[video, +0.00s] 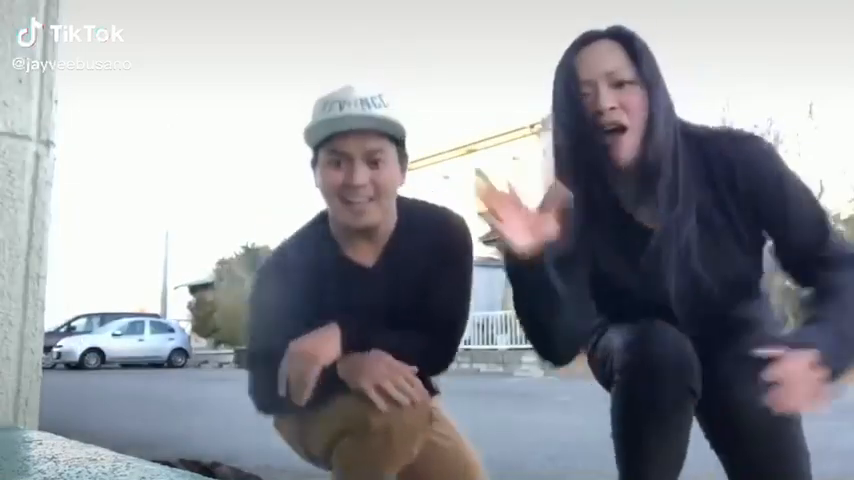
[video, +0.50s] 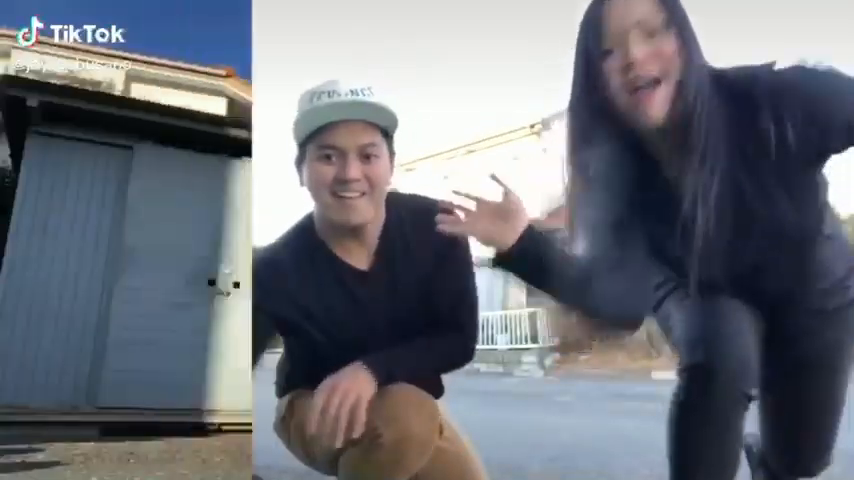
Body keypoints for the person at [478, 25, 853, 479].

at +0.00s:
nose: (604, 104)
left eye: (621, 85)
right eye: (586, 91)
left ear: (651, 92)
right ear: (569, 109)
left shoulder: (738, 161)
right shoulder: (571, 200)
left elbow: (833, 266)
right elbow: (558, 345)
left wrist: (822, 349)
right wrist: (529, 263)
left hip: (736, 340)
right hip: (635, 341)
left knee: (781, 468)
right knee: (657, 356)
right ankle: (643, 471)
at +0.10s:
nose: (604, 100)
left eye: (621, 79)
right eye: (584, 90)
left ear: (654, 87)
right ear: (569, 112)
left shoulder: (740, 150)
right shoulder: (576, 193)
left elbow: (842, 229)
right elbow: (576, 331)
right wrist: (526, 241)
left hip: (744, 338)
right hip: (642, 339)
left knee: (782, 470)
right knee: (658, 345)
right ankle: (652, 474)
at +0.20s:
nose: (610, 98)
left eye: (628, 76)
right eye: (588, 86)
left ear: (660, 86)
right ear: (570, 109)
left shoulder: (745, 145)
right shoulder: (577, 195)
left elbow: (848, 203)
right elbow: (580, 330)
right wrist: (529, 234)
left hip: (754, 334)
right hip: (653, 335)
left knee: (781, 471)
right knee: (657, 342)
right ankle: (671, 472)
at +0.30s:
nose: (614, 97)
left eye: (633, 76)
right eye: (592, 85)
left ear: (665, 85)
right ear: (575, 109)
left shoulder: (757, 147)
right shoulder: (587, 193)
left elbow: (853, 195)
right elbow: (582, 336)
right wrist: (521, 248)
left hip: (766, 324)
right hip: (661, 322)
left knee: (784, 470)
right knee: (678, 346)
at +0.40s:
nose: (619, 88)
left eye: (636, 65)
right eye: (597, 78)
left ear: (670, 76)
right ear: (583, 104)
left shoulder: (768, 135)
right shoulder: (596, 181)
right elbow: (591, 335)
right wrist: (511, 263)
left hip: (785, 312)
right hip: (678, 312)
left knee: (788, 471)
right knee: (705, 350)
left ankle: (744, 450)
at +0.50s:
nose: (634, 60)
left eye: (652, 33)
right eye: (611, 50)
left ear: (684, 38)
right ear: (594, 74)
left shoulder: (771, 102)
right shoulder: (612, 160)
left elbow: (851, 106)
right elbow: (623, 302)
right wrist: (522, 243)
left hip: (808, 284)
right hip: (701, 291)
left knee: (801, 464)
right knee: (724, 360)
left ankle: (752, 453)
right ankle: (703, 471)